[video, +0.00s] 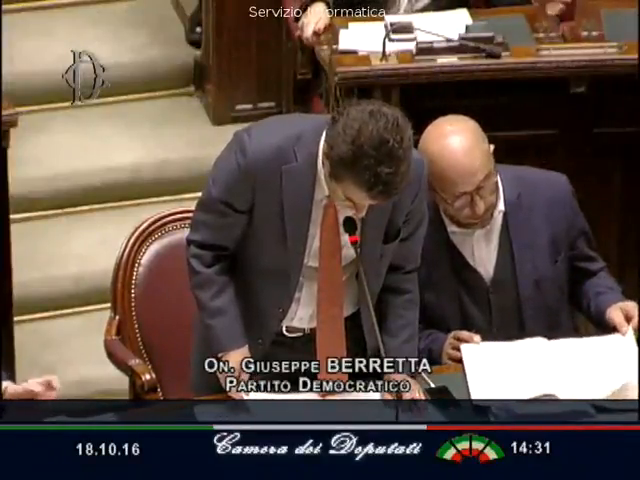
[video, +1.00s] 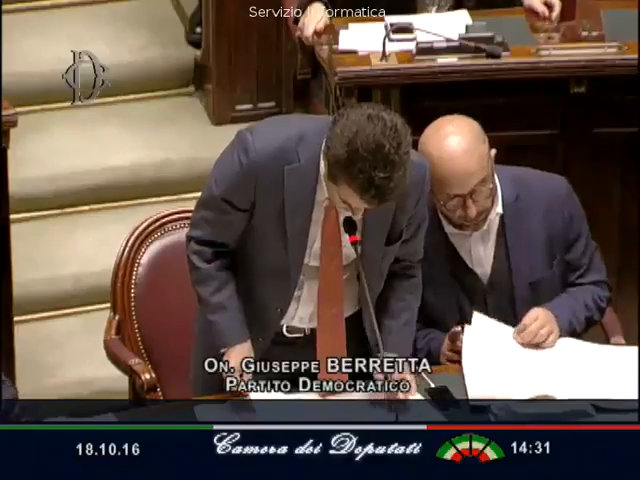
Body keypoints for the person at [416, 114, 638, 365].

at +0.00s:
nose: (477, 206)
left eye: (484, 187)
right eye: (458, 197)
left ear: (492, 154)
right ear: (429, 186)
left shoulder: (551, 193)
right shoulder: (407, 221)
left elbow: (586, 271)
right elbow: (391, 323)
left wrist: (610, 304)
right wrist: (439, 345)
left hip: (557, 377)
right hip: (457, 388)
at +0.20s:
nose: (476, 207)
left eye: (483, 188)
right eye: (458, 197)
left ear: (492, 154)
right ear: (430, 185)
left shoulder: (551, 193)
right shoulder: (408, 220)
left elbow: (585, 271)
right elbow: (392, 324)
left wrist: (606, 304)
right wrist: (439, 346)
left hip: (556, 378)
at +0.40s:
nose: (475, 208)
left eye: (482, 189)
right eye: (457, 198)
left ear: (494, 158)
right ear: (430, 184)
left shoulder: (553, 194)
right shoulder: (409, 219)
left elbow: (595, 278)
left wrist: (568, 304)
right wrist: (440, 345)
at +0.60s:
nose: (471, 209)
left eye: (479, 190)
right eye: (454, 198)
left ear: (492, 158)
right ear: (428, 184)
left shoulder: (552, 196)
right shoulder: (408, 220)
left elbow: (594, 283)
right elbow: (390, 320)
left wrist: (555, 312)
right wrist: (438, 344)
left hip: (547, 373)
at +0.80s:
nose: (471, 210)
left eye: (479, 190)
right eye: (453, 199)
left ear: (491, 159)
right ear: (427, 185)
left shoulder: (551, 196)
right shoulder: (409, 219)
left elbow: (593, 285)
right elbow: (393, 318)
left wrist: (553, 316)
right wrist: (439, 345)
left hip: (547, 371)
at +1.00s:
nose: (471, 210)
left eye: (479, 191)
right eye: (453, 199)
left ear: (491, 159)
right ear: (428, 185)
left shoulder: (551, 196)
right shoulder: (409, 220)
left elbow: (593, 286)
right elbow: (398, 323)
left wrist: (556, 316)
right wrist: (440, 346)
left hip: (547, 371)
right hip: (456, 378)